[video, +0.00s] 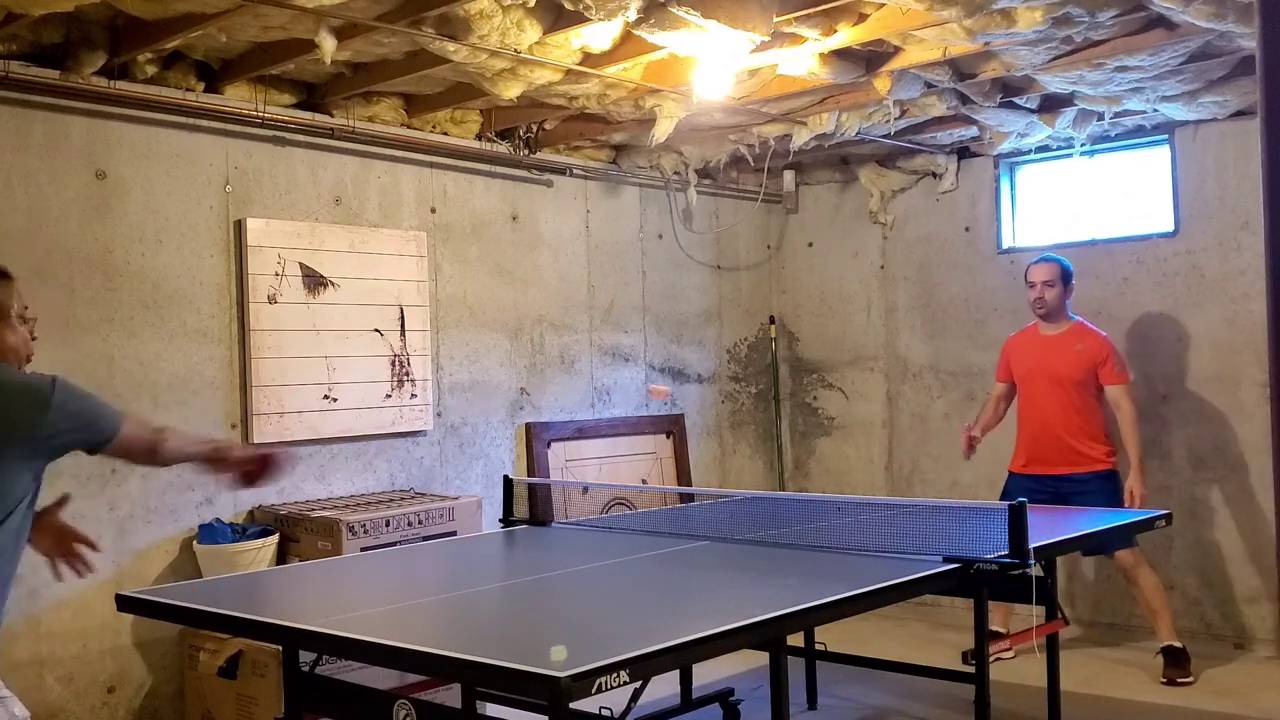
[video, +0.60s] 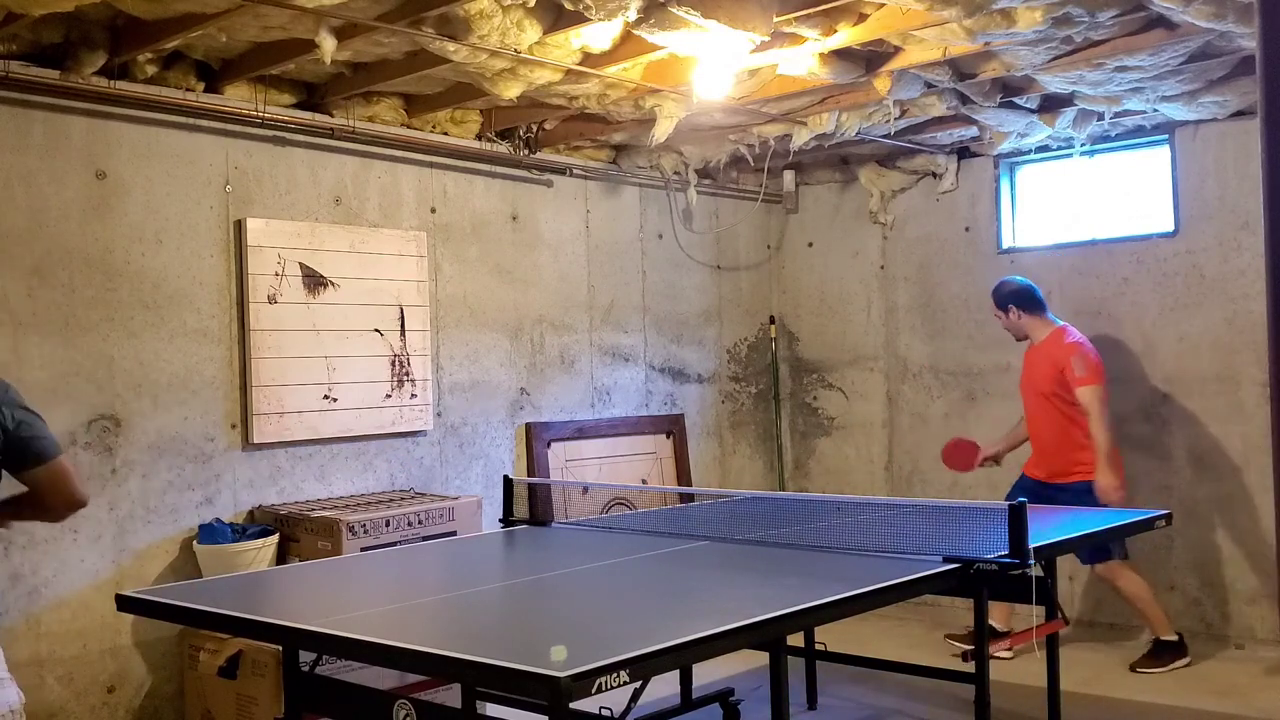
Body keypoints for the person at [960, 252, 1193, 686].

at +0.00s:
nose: (1037, 293)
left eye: (1047, 285)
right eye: (1031, 286)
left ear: (1067, 289)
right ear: (1026, 291)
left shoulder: (1096, 343)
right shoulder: (1016, 344)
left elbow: (1124, 407)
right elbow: (999, 398)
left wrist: (1135, 472)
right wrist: (978, 428)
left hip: (1090, 478)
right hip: (1028, 477)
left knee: (1127, 557)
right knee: (997, 551)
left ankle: (1171, 646)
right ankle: (998, 636)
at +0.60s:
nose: (1001, 325)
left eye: (1000, 317)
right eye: (999, 318)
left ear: (1015, 312)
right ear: (1024, 309)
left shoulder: (1074, 349)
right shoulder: (1036, 350)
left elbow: (1097, 412)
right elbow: (1039, 415)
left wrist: (1104, 469)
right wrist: (1001, 448)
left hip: (1080, 482)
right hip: (1037, 479)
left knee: (1107, 565)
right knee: (1000, 548)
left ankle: (1169, 640)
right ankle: (996, 631)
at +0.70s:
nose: (991, 330)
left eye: (990, 322)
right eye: (989, 323)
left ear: (1004, 316)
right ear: (1013, 313)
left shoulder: (1061, 352)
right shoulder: (1031, 351)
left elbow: (1068, 423)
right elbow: (1040, 421)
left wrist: (1049, 482)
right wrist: (1013, 459)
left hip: (1080, 478)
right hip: (1038, 473)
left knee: (1102, 563)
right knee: (984, 534)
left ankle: (1169, 640)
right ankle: (981, 622)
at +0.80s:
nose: (969, 337)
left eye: (968, 327)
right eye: (966, 328)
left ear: (983, 321)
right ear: (993, 318)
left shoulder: (1036, 354)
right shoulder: (1015, 354)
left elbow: (1028, 429)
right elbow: (1028, 428)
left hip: (1069, 482)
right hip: (1026, 478)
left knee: (1102, 564)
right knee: (975, 536)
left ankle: (1168, 640)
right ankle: (954, 621)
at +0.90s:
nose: (934, 347)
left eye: (934, 337)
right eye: (932, 339)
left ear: (953, 332)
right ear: (960, 330)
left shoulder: (995, 364)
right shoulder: (986, 362)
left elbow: (960, 446)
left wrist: (909, 484)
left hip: (1053, 482)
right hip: (1011, 482)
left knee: (1097, 562)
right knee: (959, 541)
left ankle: (1167, 641)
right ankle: (926, 619)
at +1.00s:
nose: (895, 365)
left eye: (897, 356)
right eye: (894, 357)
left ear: (916, 351)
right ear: (922, 349)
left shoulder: (946, 384)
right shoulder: (955, 375)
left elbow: (896, 454)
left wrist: (846, 488)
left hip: (1029, 489)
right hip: (991, 489)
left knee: (1087, 565)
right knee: (936, 544)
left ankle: (1163, 638)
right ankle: (910, 627)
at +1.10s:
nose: (857, 386)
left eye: (858, 378)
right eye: (854, 380)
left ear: (879, 368)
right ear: (883, 366)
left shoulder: (904, 394)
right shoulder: (921, 385)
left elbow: (862, 461)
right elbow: (968, 430)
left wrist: (815, 502)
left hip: (1000, 491)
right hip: (967, 489)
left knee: (1055, 564)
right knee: (916, 543)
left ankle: (1144, 623)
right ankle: (902, 625)